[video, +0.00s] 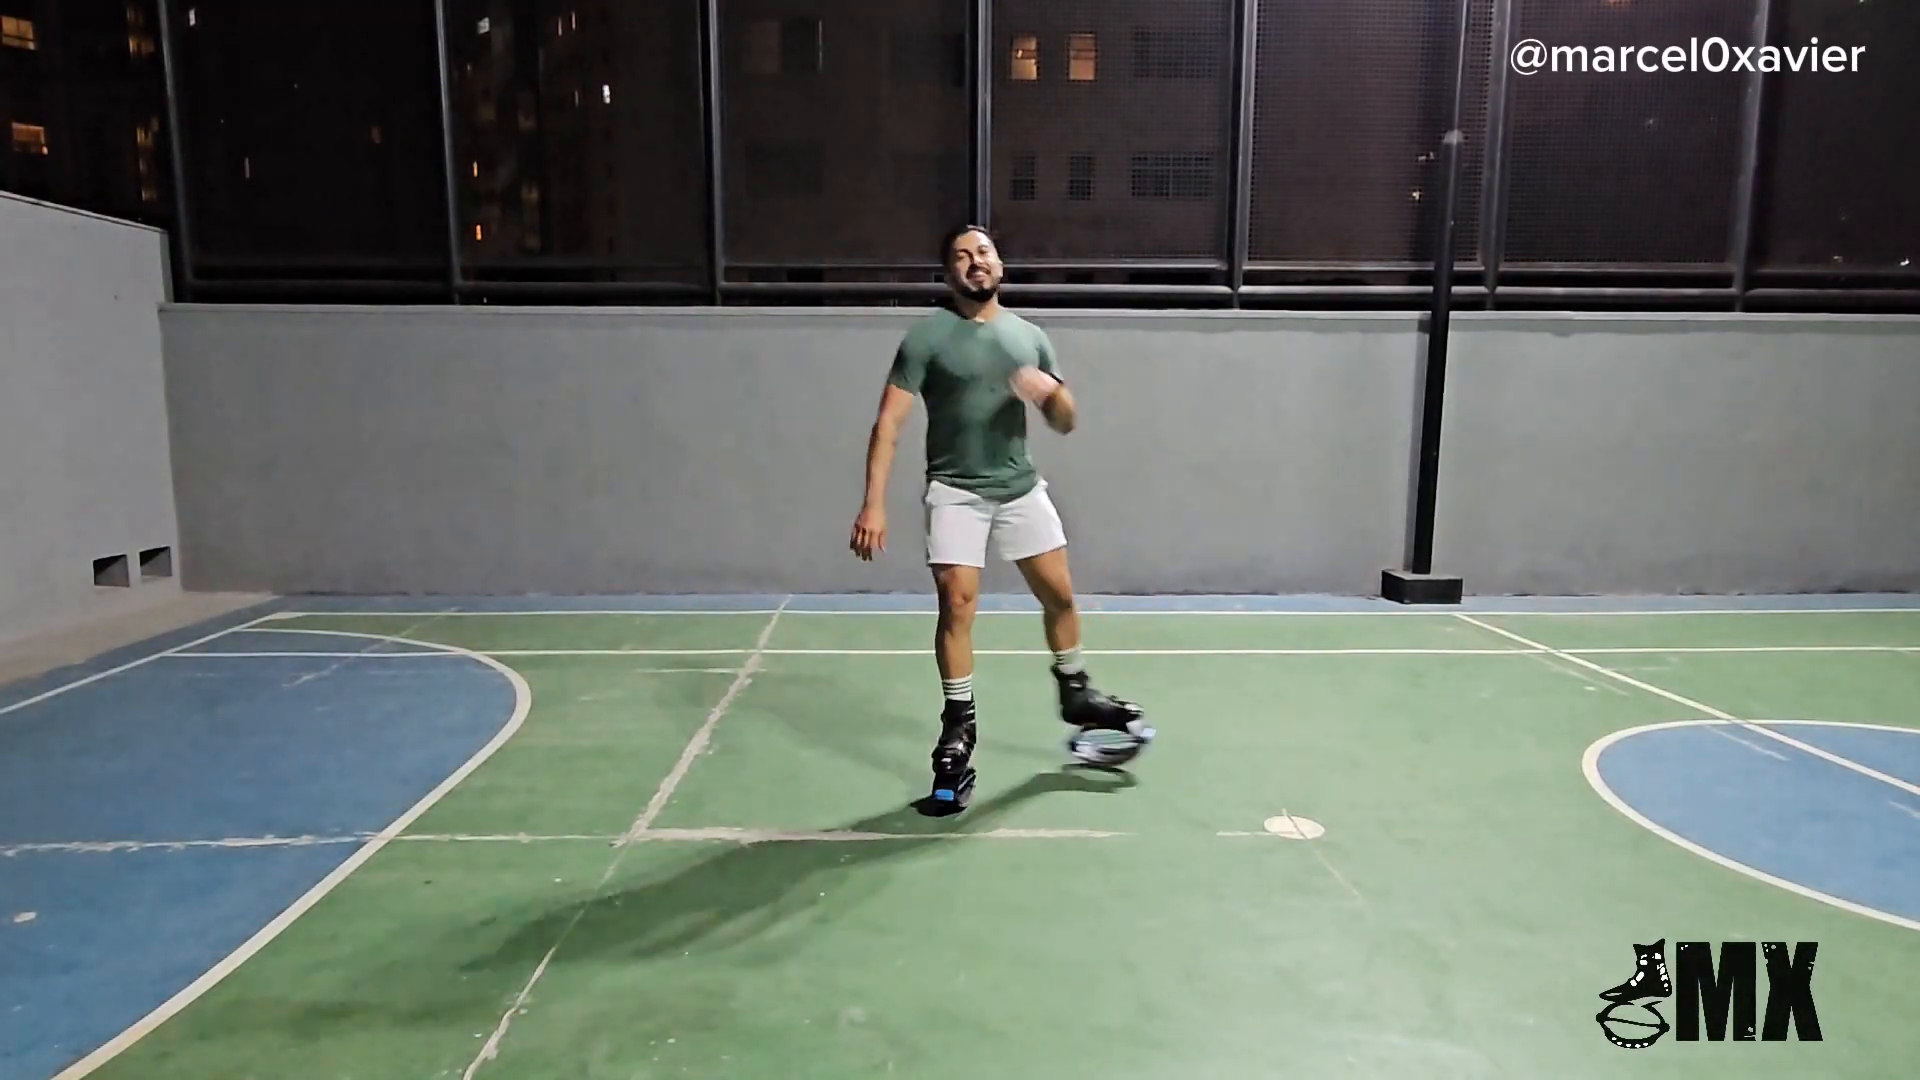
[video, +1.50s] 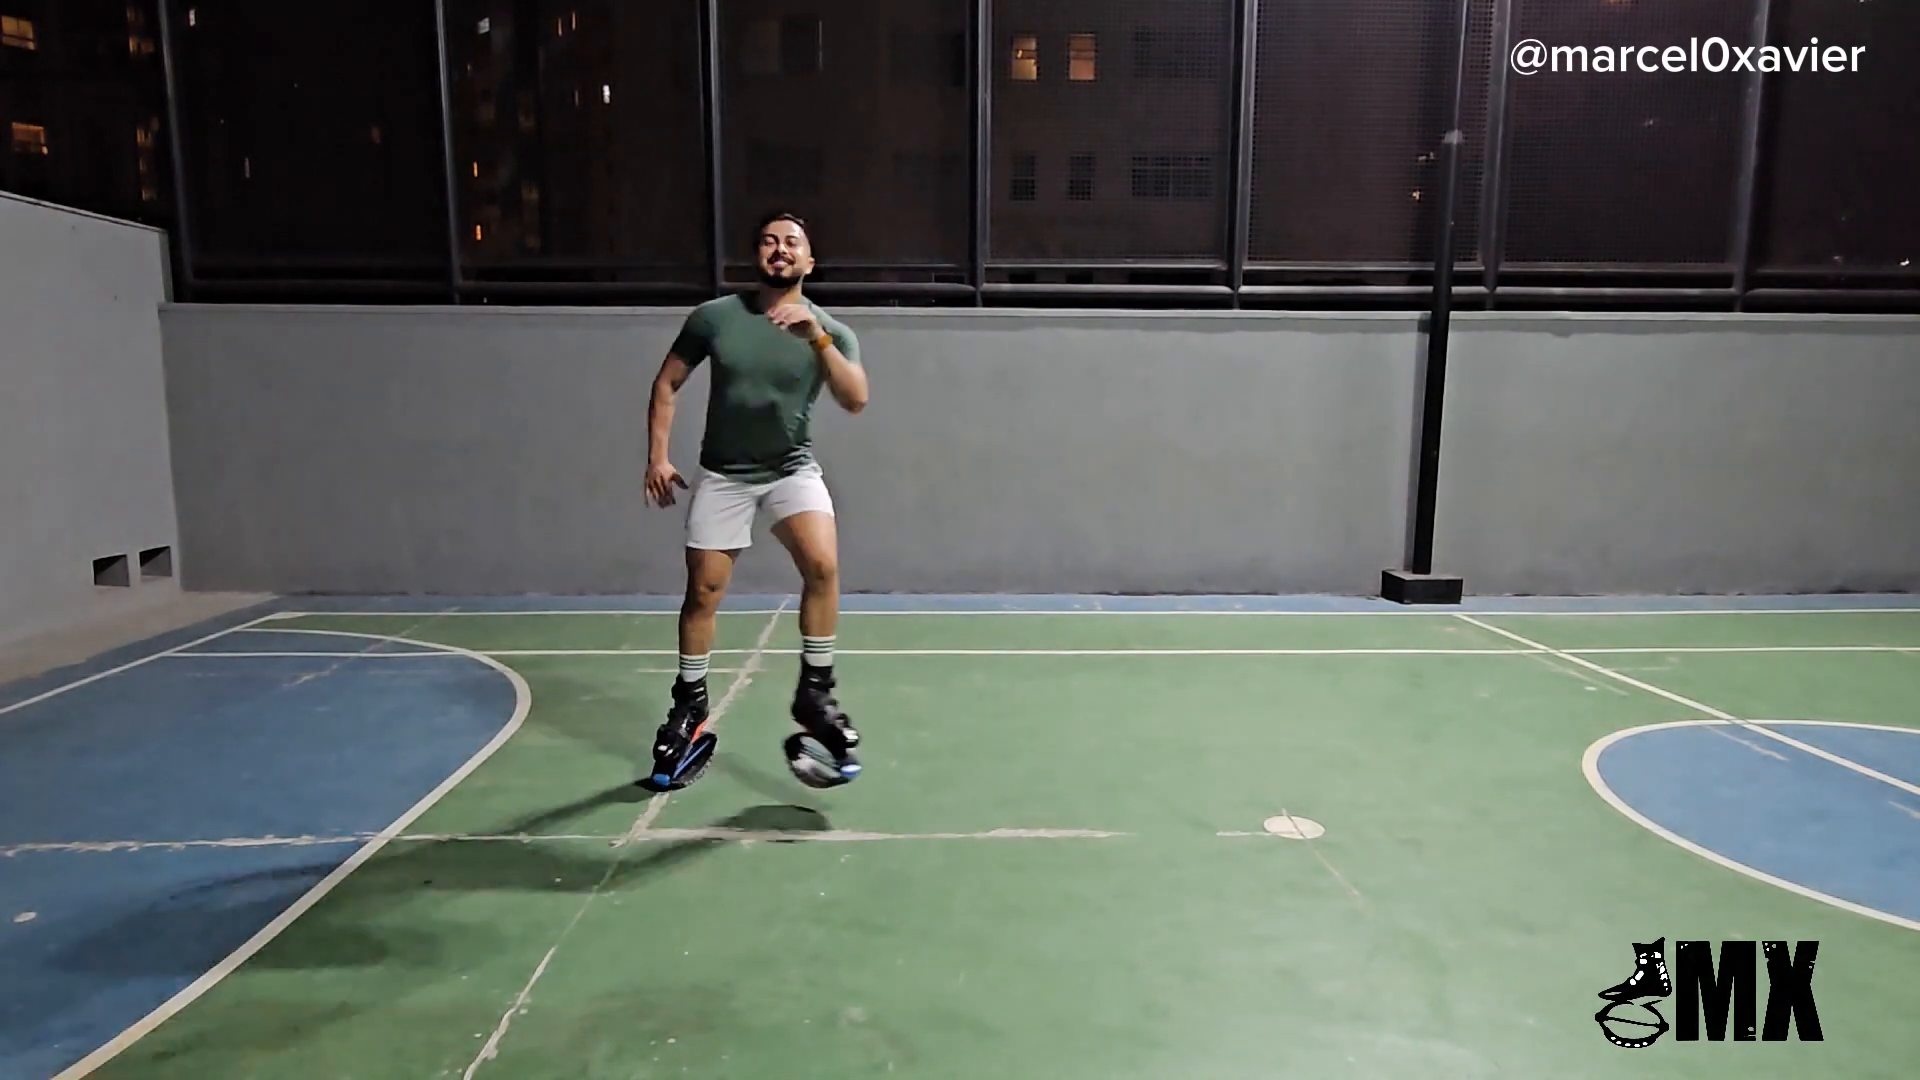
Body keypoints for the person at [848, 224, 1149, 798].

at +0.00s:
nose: (977, 261)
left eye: (984, 252)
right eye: (964, 256)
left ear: (1001, 267)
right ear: (948, 275)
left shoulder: (1029, 336)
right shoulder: (926, 337)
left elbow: (1065, 422)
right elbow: (887, 426)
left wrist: (1052, 393)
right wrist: (873, 507)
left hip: (1020, 487)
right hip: (955, 490)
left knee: (1060, 594)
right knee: (956, 602)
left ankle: (1077, 694)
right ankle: (958, 726)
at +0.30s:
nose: (911, 273)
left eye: (922, 263)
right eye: (902, 264)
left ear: (943, 272)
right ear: (890, 274)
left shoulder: (969, 338)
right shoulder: (858, 341)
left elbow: (981, 401)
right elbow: (828, 418)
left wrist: (933, 427)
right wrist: (822, 489)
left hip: (941, 487)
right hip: (881, 487)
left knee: (938, 603)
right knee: (903, 599)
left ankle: (880, 691)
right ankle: (939, 726)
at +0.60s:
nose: (843, 255)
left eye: (855, 247)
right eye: (834, 245)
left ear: (873, 262)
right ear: (820, 257)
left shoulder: (897, 329)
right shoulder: (787, 325)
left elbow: (935, 408)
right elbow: (751, 393)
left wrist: (966, 478)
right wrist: (722, 462)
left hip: (872, 477)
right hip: (805, 470)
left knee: (879, 589)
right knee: (769, 570)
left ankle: (869, 695)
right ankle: (773, 694)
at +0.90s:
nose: (802, 282)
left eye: (806, 273)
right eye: (792, 271)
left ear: (807, 280)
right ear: (758, 274)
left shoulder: (818, 344)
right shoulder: (706, 336)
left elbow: (881, 402)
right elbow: (644, 393)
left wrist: (936, 432)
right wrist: (587, 405)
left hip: (793, 487)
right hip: (725, 490)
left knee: (830, 593)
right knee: (710, 598)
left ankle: (853, 699)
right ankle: (694, 720)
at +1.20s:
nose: (782, 285)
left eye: (788, 276)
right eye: (772, 273)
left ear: (790, 281)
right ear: (738, 274)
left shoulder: (798, 348)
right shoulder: (690, 328)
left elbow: (786, 429)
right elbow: (658, 401)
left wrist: (751, 418)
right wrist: (708, 419)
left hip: (764, 483)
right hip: (699, 483)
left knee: (756, 596)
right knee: (684, 599)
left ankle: (737, 716)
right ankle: (688, 715)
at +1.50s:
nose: (778, 249)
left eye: (790, 243)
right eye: (769, 242)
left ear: (810, 262)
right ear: (754, 258)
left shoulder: (831, 330)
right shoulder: (713, 317)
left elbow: (856, 400)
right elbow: (667, 382)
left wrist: (820, 341)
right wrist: (657, 457)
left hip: (792, 473)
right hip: (723, 477)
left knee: (823, 565)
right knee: (703, 590)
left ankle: (815, 693)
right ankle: (689, 711)